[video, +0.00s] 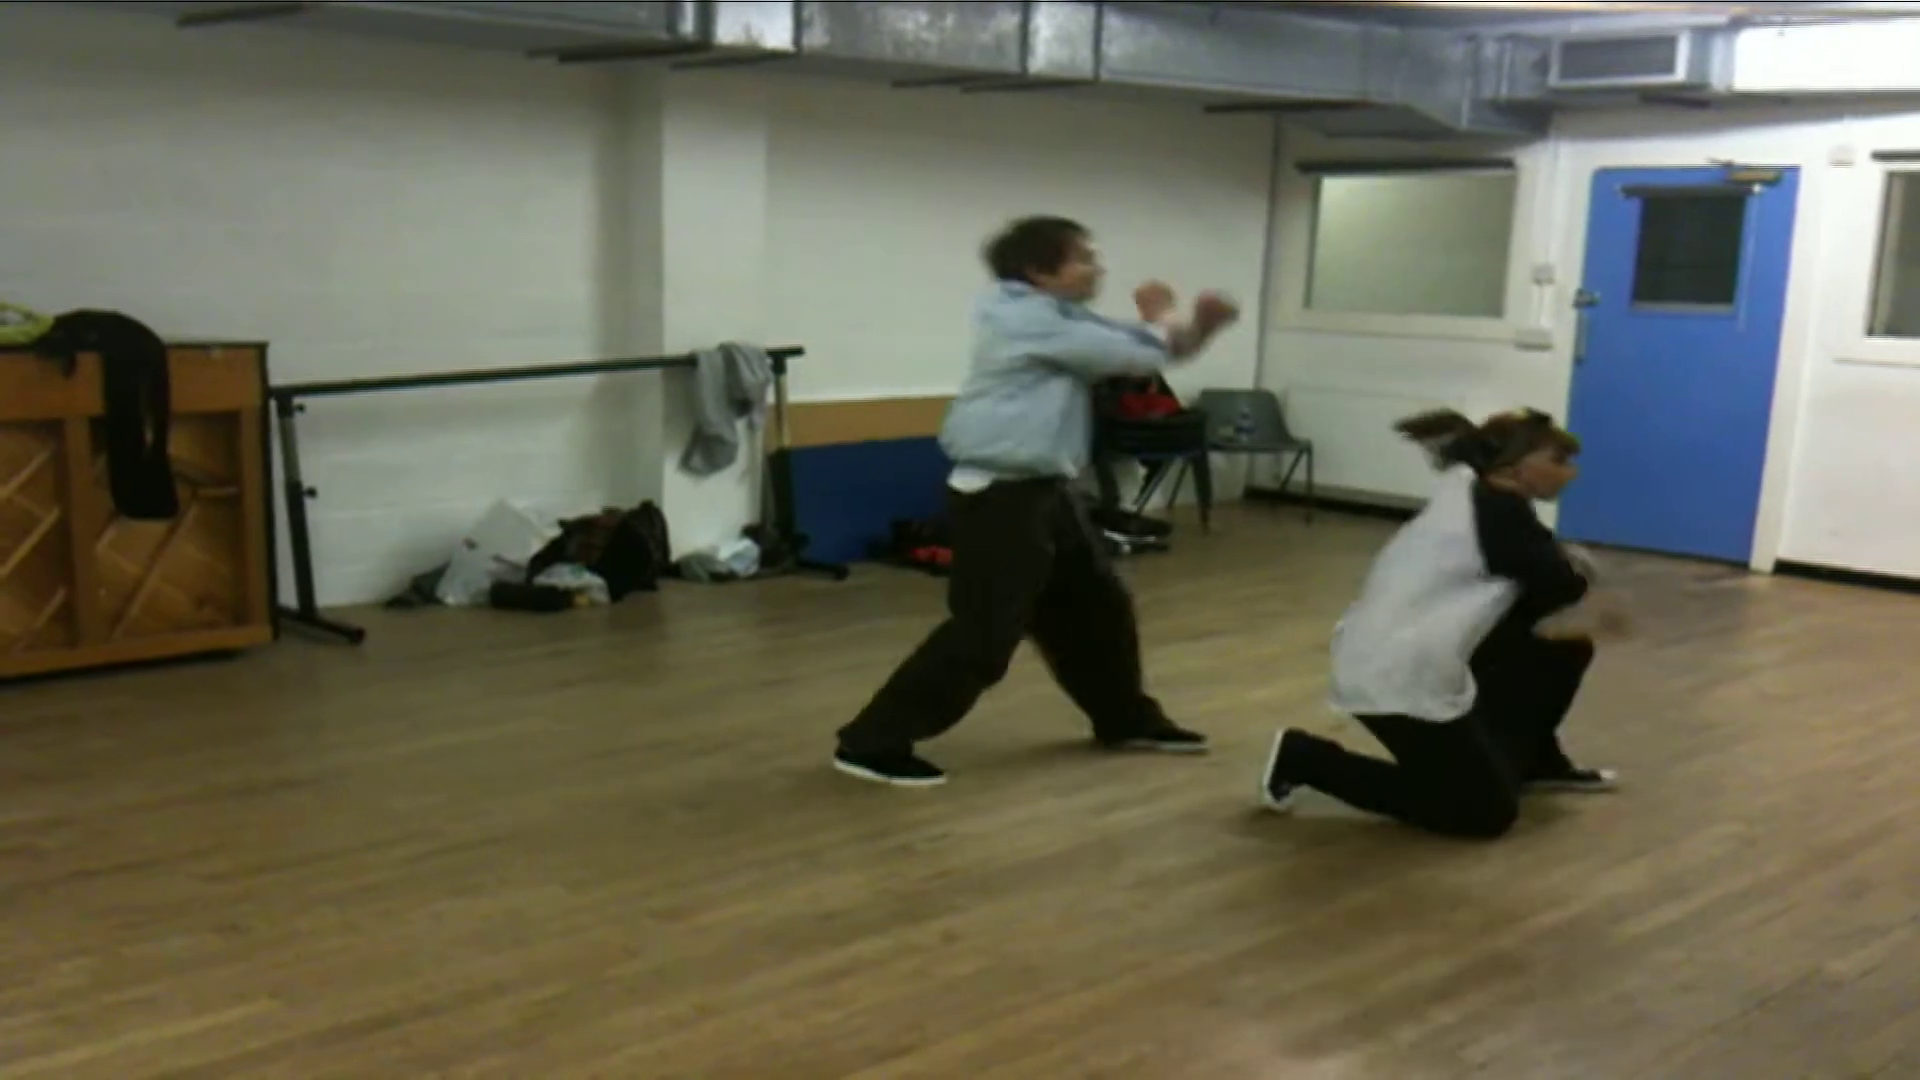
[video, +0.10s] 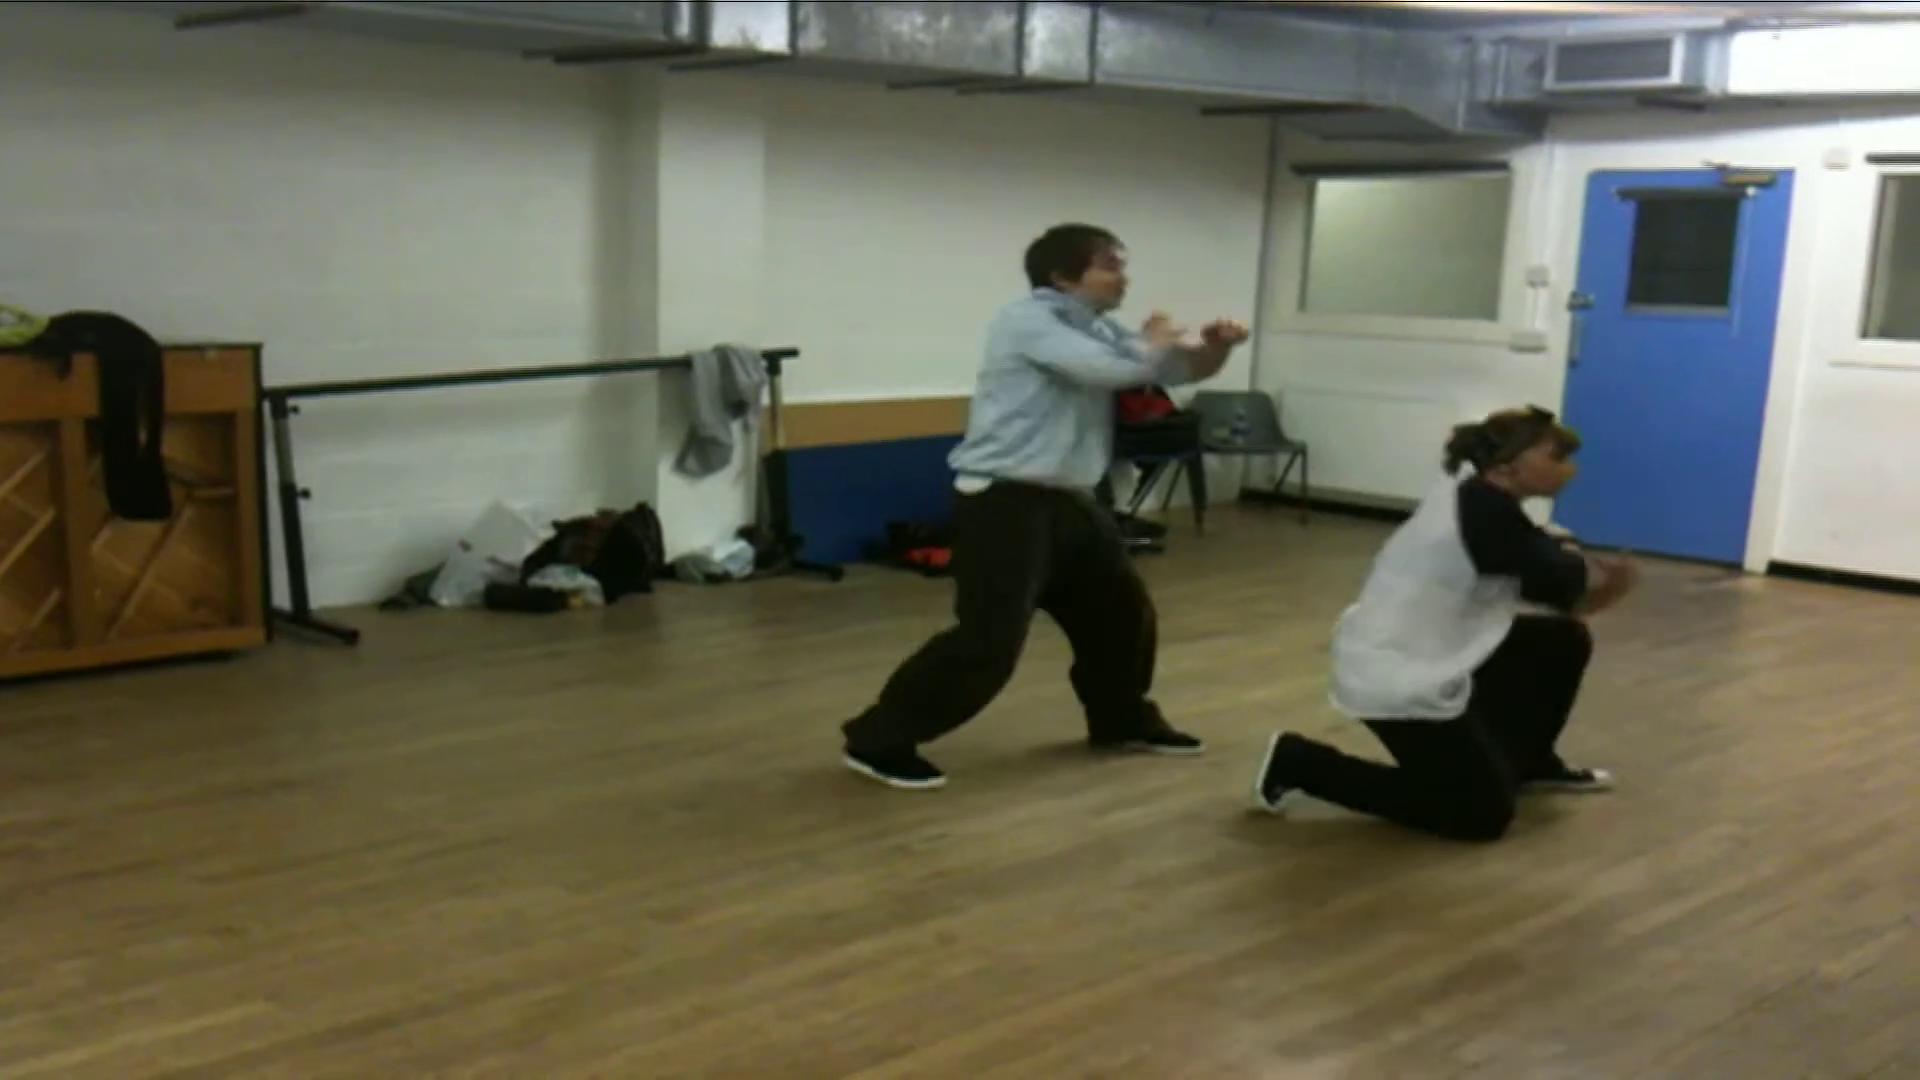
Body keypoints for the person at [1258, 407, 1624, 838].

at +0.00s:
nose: (1569, 471)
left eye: (1568, 460)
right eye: (1557, 460)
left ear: (1510, 468)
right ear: (1517, 468)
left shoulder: (1471, 493)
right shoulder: (1501, 516)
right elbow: (1567, 589)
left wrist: (1579, 618)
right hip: (1396, 682)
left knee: (1565, 649)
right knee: (1484, 812)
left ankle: (1535, 756)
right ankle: (1307, 760)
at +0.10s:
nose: (1567, 468)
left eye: (1564, 456)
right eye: (1555, 457)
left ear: (1505, 469)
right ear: (1508, 469)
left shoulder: (1473, 495)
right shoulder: (1484, 511)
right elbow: (1562, 583)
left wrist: (1589, 595)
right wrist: (1579, 561)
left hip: (1435, 651)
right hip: (1396, 679)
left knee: (1562, 642)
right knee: (1480, 813)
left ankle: (1531, 761)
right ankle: (1301, 763)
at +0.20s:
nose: (1564, 461)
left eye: (1561, 450)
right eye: (1549, 452)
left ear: (1506, 465)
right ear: (1504, 464)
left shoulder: (1518, 513)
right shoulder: (1464, 515)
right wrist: (1549, 553)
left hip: (1456, 650)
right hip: (1402, 676)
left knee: (1581, 645)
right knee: (1476, 810)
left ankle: (1530, 758)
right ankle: (1295, 760)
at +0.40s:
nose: (1580, 471)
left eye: (1580, 461)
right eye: (1570, 460)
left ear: (1532, 468)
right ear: (1528, 467)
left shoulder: (1531, 519)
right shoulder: (1479, 518)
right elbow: (1450, 590)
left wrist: (1540, 618)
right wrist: (1516, 615)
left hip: (1472, 661)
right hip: (1414, 674)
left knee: (1600, 647)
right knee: (1475, 811)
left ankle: (1533, 759)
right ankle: (1293, 759)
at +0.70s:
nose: (1598, 407)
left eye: (1590, 397)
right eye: (1584, 400)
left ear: (1546, 420)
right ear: (1552, 418)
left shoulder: (1521, 461)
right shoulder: (1533, 479)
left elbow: (1513, 559)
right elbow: (1489, 574)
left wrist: (1562, 604)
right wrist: (1522, 646)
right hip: (1423, 635)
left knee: (1609, 654)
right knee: (1476, 767)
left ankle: (1532, 759)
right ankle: (1283, 758)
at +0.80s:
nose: (1572, 374)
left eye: (1566, 363)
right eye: (1556, 366)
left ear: (1527, 391)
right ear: (1520, 388)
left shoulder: (1533, 451)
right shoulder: (1497, 451)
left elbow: (1577, 531)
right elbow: (1569, 528)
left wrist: (1633, 575)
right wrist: (1636, 574)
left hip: (1469, 589)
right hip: (1402, 603)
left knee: (1587, 654)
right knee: (1490, 707)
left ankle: (1535, 760)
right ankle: (1314, 753)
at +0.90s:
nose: (1538, 346)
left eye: (1531, 336)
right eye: (1520, 338)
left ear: (1490, 361)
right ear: (1482, 357)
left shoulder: (1493, 411)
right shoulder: (1473, 415)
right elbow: (1574, 456)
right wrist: (1681, 461)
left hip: (1428, 570)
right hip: (1359, 577)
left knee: (1537, 657)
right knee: (1464, 675)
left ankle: (1530, 762)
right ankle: (1340, 787)